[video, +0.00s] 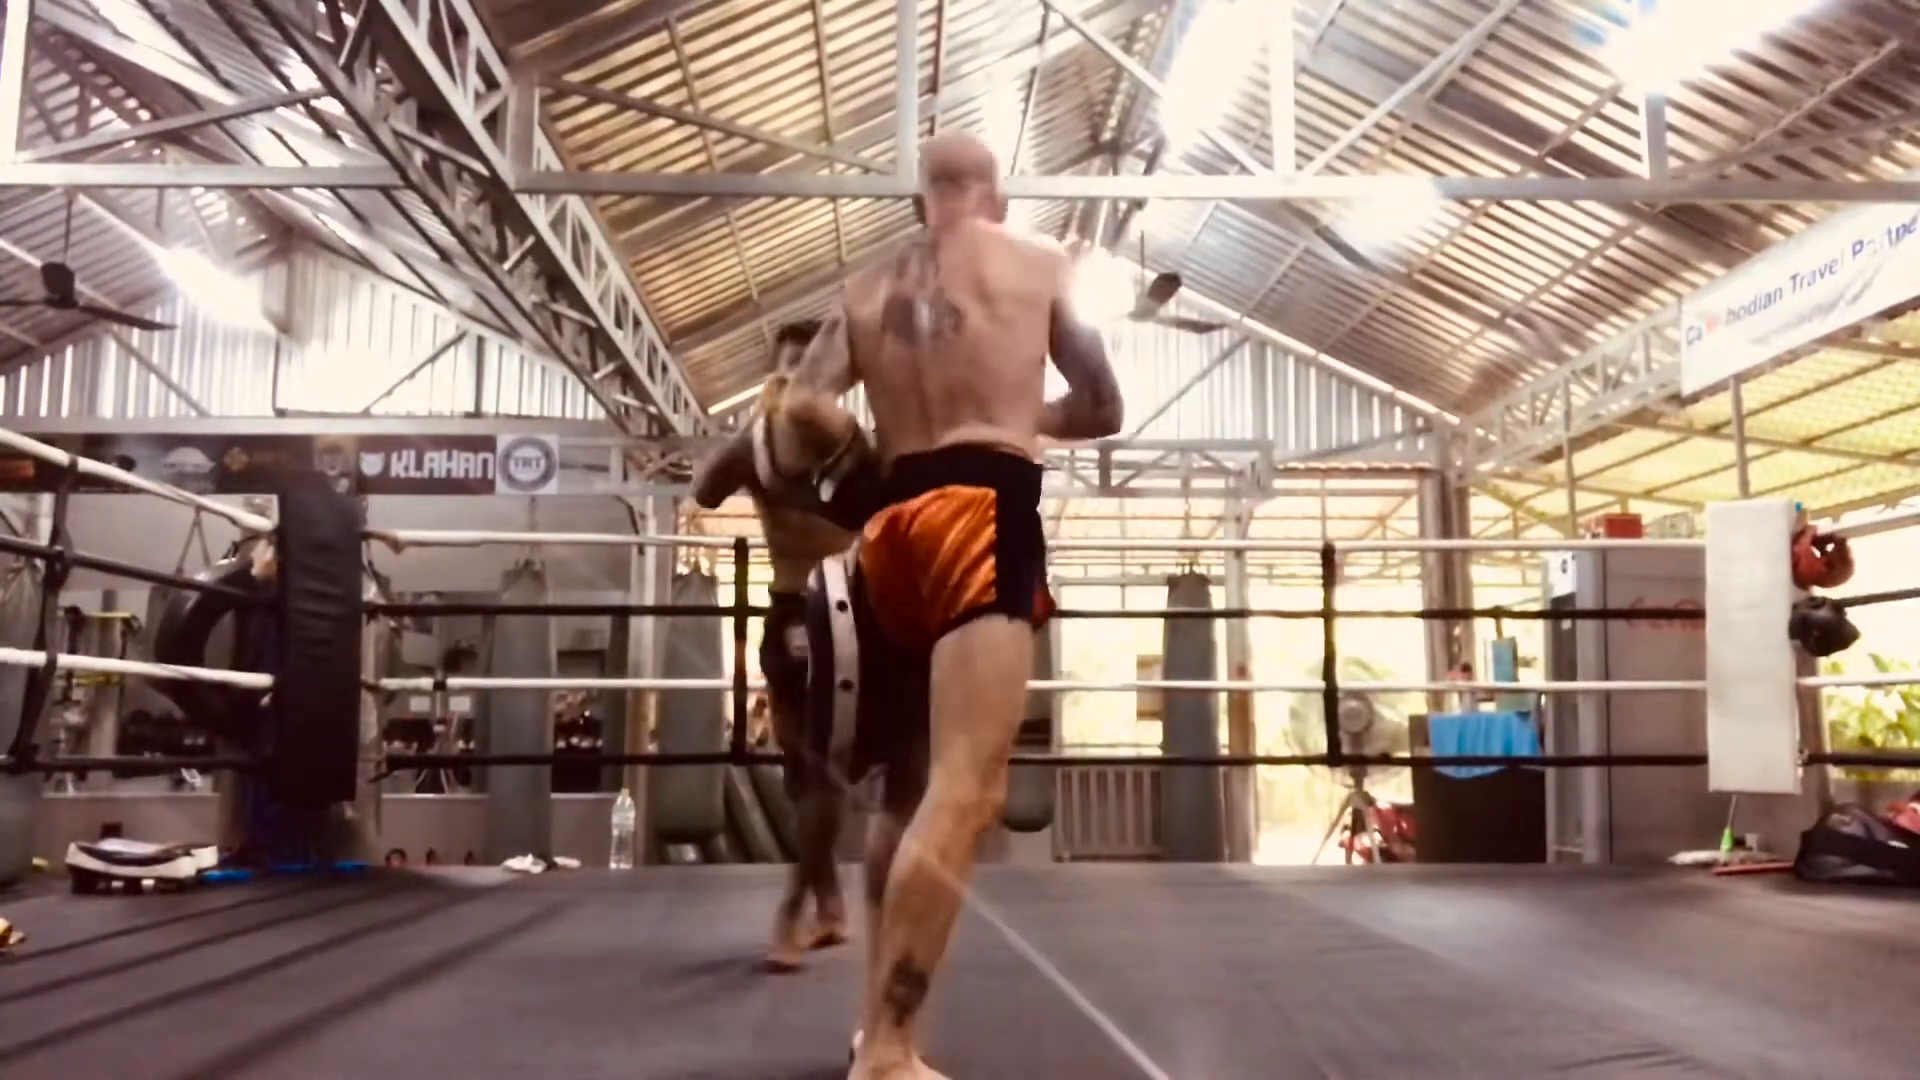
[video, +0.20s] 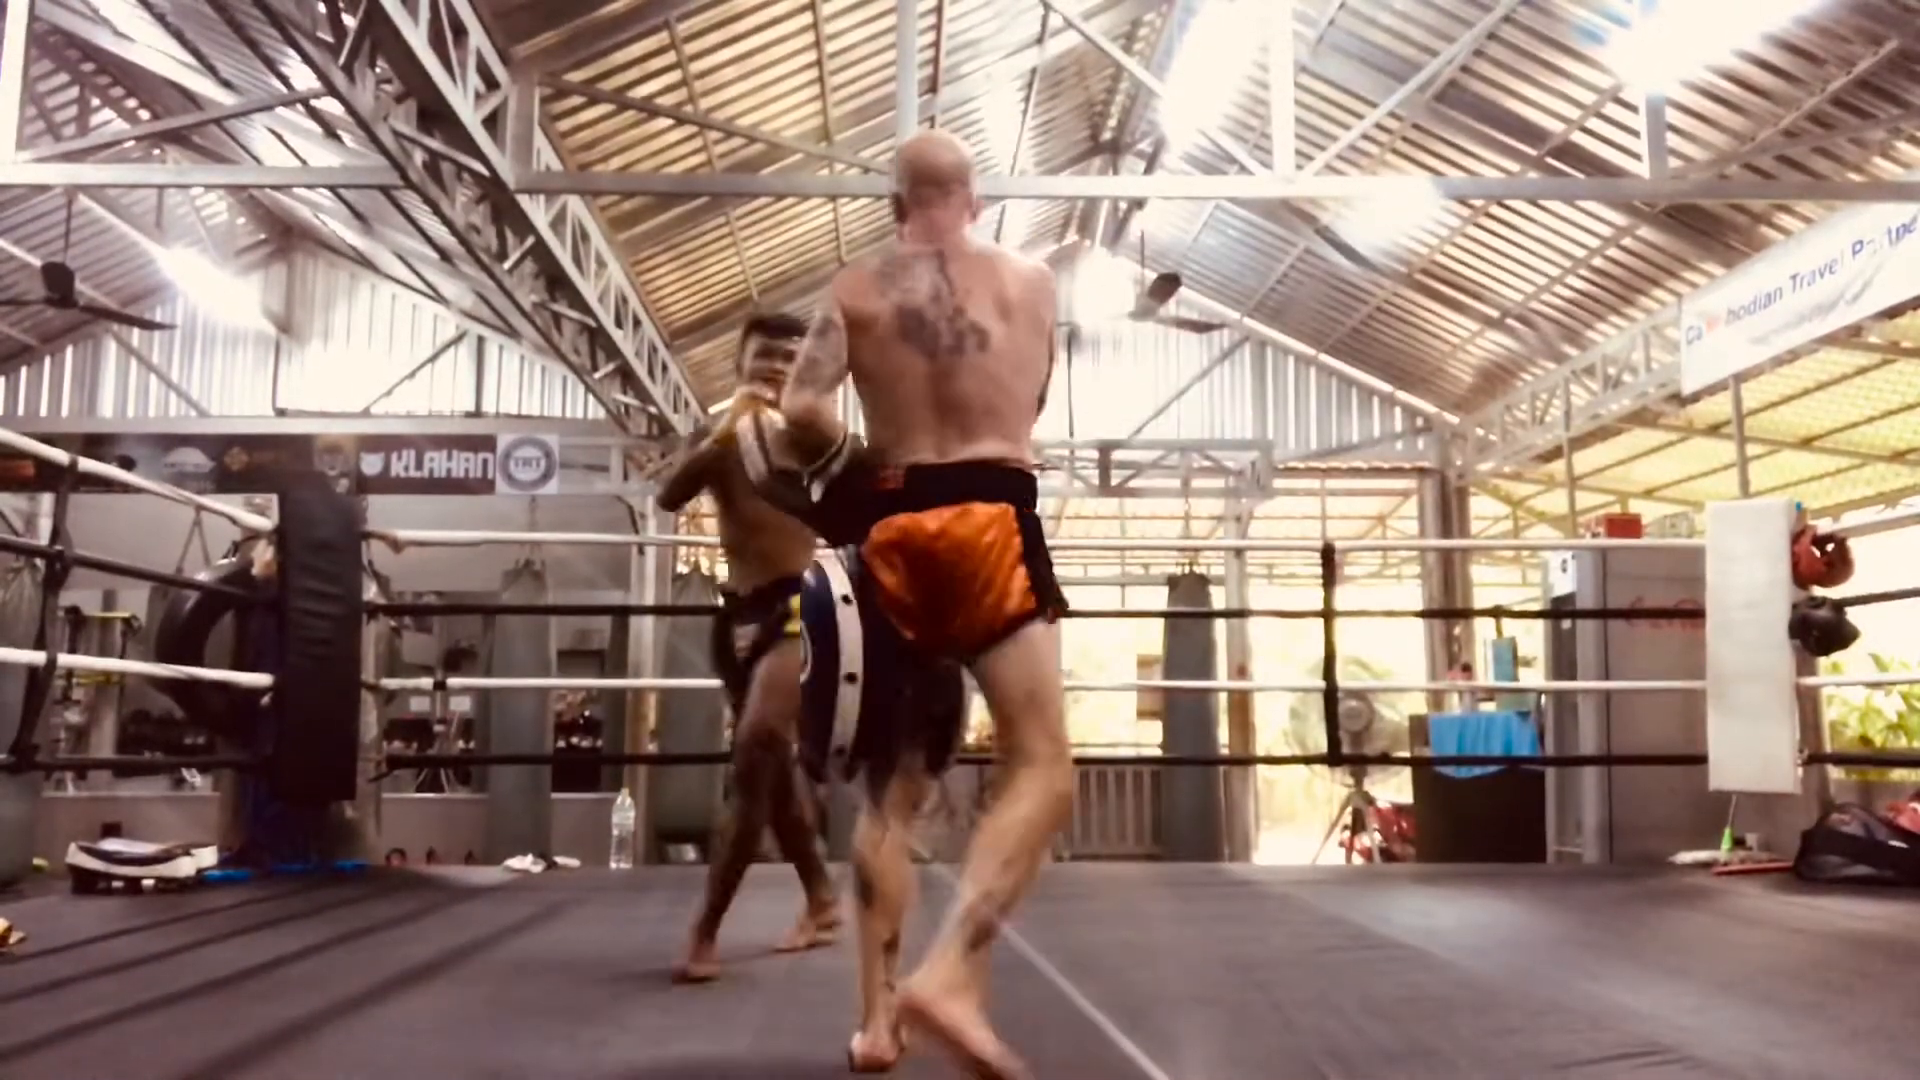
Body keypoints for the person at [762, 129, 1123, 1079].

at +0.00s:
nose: (997, 201)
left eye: (982, 187)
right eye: (997, 187)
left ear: (923, 192)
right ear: (993, 188)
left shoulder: (865, 288)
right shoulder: (1036, 263)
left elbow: (804, 405)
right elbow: (1102, 410)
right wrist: (1013, 416)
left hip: (890, 513)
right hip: (983, 504)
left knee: (910, 791)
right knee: (964, 790)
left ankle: (885, 1037)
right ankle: (885, 1049)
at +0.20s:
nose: (950, 208)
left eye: (919, 194)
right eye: (962, 189)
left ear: (897, 200)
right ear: (973, 195)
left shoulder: (853, 288)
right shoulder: (1033, 282)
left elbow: (806, 409)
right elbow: (1031, 403)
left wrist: (820, 439)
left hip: (893, 515)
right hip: (995, 511)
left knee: (898, 783)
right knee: (1041, 760)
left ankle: (877, 1019)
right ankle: (951, 976)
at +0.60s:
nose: (919, 228)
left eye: (924, 213)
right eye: (923, 213)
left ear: (950, 214)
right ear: (998, 220)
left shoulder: (944, 288)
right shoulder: (1052, 314)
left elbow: (941, 409)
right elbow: (1040, 437)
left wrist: (868, 464)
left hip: (958, 533)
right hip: (1040, 534)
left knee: (907, 795)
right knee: (1039, 778)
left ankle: (891, 1012)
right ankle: (1100, 979)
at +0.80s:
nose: (931, 264)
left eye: (937, 248)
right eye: (930, 251)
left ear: (975, 241)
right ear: (990, 240)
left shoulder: (1018, 299)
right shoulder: (1016, 321)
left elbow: (1057, 385)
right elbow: (958, 449)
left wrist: (989, 485)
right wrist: (916, 362)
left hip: (1013, 562)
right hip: (1045, 564)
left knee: (961, 778)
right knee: (1062, 776)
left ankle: (936, 997)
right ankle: (1103, 982)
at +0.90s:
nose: (934, 277)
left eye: (939, 259)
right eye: (931, 263)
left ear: (982, 250)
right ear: (981, 254)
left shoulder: (1040, 305)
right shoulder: (1013, 350)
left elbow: (1113, 393)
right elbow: (929, 439)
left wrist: (1082, 512)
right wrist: (848, 372)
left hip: (1053, 524)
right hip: (1043, 527)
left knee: (1002, 757)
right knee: (1070, 771)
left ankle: (984, 998)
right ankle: (1103, 984)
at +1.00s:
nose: (948, 268)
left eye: (955, 250)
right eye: (944, 254)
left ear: (1004, 240)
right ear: (997, 245)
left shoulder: (1059, 297)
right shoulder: (1007, 351)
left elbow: (1139, 381)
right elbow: (916, 419)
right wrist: (823, 367)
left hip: (1078, 516)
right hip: (1058, 526)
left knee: (1038, 749)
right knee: (1081, 769)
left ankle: (1073, 994)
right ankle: (1104, 989)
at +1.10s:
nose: (973, 248)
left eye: (985, 230)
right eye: (970, 235)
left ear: (1040, 225)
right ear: (1002, 240)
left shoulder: (1098, 293)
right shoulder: (1014, 342)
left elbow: (1185, 404)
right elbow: (906, 398)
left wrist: (1191, 508)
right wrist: (797, 369)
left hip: (1103, 518)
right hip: (1053, 529)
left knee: (1096, 755)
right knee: (1076, 759)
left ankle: (1156, 1002)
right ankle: (1103, 986)